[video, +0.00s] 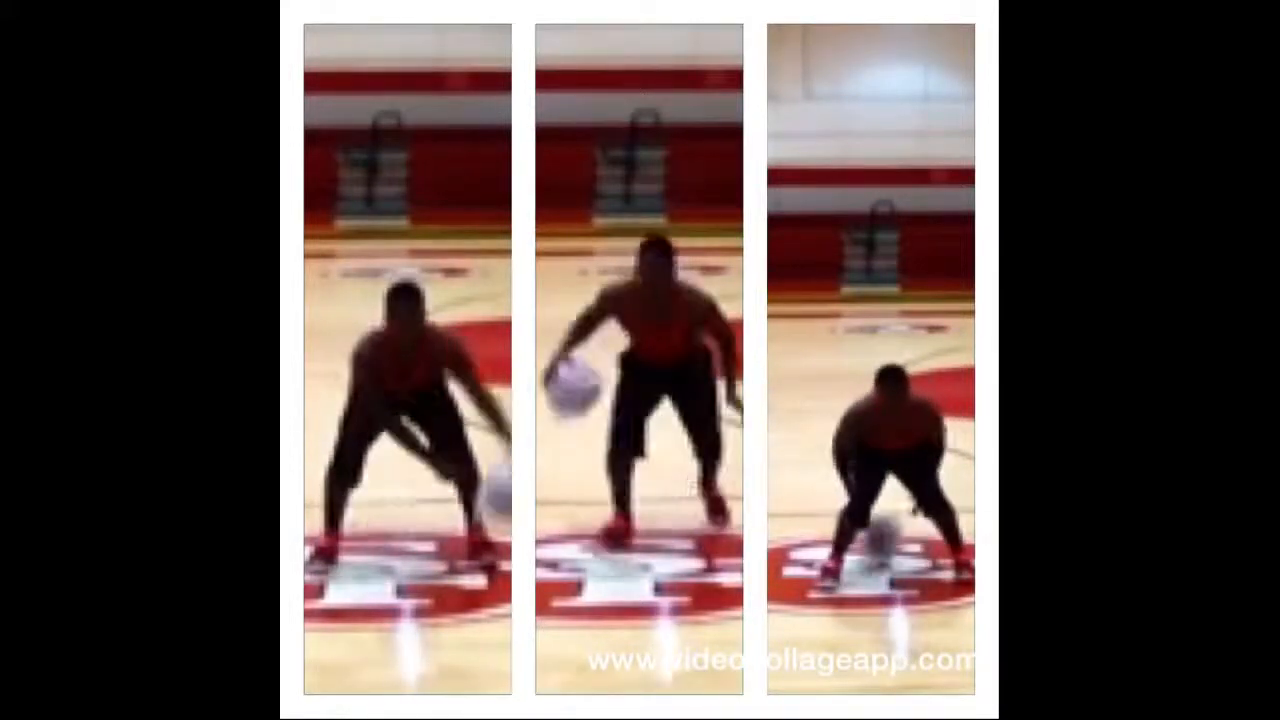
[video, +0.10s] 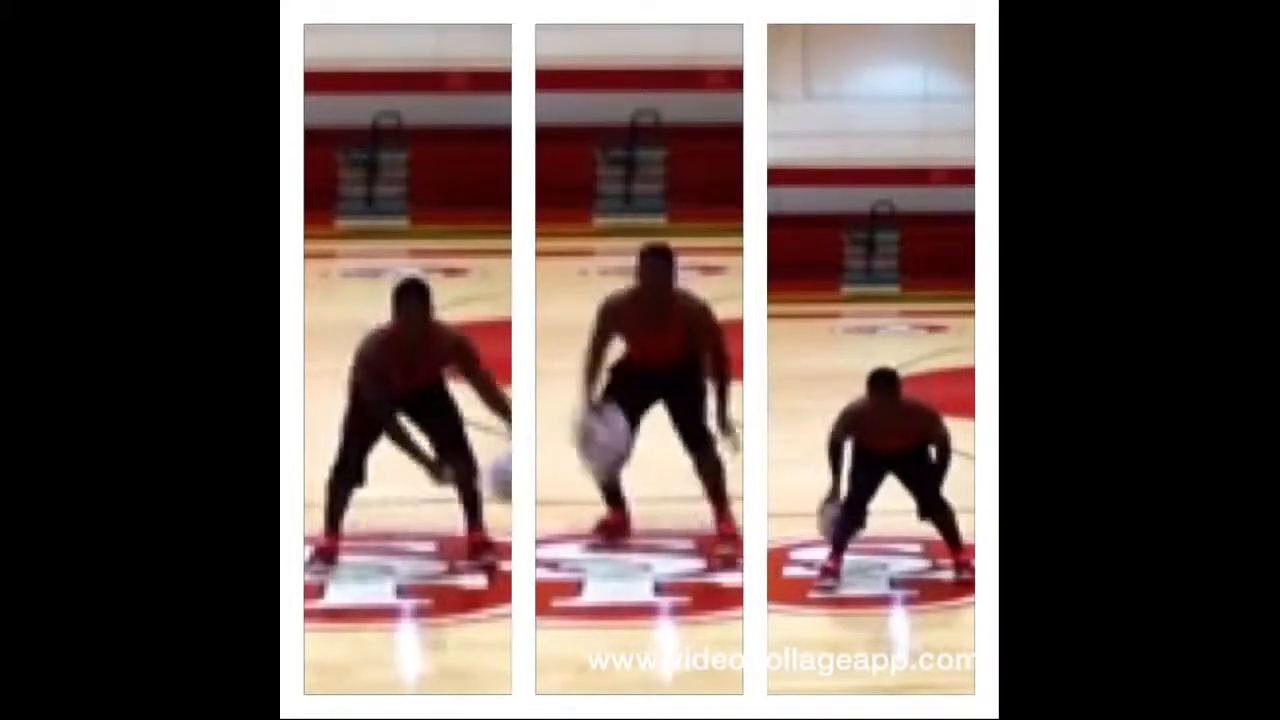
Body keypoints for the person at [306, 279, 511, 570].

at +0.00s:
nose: (406, 327)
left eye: (413, 318)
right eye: (399, 318)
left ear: (422, 315)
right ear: (388, 317)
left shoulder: (440, 345)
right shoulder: (370, 351)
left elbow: (477, 392)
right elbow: (385, 418)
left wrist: (506, 435)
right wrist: (432, 461)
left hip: (426, 398)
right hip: (375, 401)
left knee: (463, 464)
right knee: (341, 471)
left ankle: (475, 531)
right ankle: (330, 540)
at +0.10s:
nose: (414, 324)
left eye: (420, 314)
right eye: (406, 315)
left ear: (429, 312)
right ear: (396, 314)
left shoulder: (447, 342)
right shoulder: (375, 350)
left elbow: (483, 384)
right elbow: (386, 419)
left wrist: (511, 419)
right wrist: (429, 464)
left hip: (424, 394)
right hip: (375, 398)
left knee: (462, 460)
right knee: (347, 468)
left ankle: (476, 534)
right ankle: (331, 537)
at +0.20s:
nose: (408, 323)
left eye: (415, 314)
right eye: (402, 314)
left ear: (426, 311)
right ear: (391, 313)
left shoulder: (447, 345)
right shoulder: (370, 346)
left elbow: (449, 406)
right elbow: (360, 417)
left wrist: (440, 457)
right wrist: (372, 472)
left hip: (426, 396)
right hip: (376, 397)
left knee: (462, 460)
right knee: (347, 466)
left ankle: (476, 534)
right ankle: (331, 539)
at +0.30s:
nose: (399, 325)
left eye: (406, 316)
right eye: (392, 316)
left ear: (417, 314)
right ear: (383, 314)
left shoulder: (436, 347)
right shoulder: (361, 348)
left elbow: (417, 417)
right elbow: (335, 402)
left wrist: (372, 462)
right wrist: (307, 450)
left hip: (424, 397)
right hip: (374, 398)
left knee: (462, 464)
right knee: (345, 467)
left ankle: (476, 535)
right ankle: (329, 543)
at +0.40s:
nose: (394, 324)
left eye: (402, 315)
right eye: (388, 315)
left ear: (412, 312)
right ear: (377, 313)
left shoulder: (434, 345)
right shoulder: (357, 347)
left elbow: (422, 417)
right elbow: (337, 401)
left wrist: (389, 462)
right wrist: (321, 448)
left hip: (424, 396)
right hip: (372, 397)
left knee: (457, 459)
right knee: (346, 459)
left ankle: (476, 534)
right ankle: (330, 540)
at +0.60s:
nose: (402, 327)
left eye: (409, 318)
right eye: (396, 319)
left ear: (419, 316)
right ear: (385, 318)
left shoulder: (437, 345)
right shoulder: (368, 354)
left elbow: (478, 381)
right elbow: (357, 414)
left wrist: (510, 415)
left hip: (420, 405)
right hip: (369, 406)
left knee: (459, 466)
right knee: (340, 474)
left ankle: (476, 537)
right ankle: (329, 541)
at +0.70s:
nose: (406, 326)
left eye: (412, 316)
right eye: (399, 317)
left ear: (422, 314)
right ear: (388, 316)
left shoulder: (441, 344)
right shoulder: (367, 353)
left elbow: (479, 389)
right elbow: (381, 423)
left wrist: (509, 425)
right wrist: (421, 470)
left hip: (419, 392)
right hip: (371, 397)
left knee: (456, 458)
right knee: (347, 469)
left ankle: (476, 535)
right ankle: (330, 539)